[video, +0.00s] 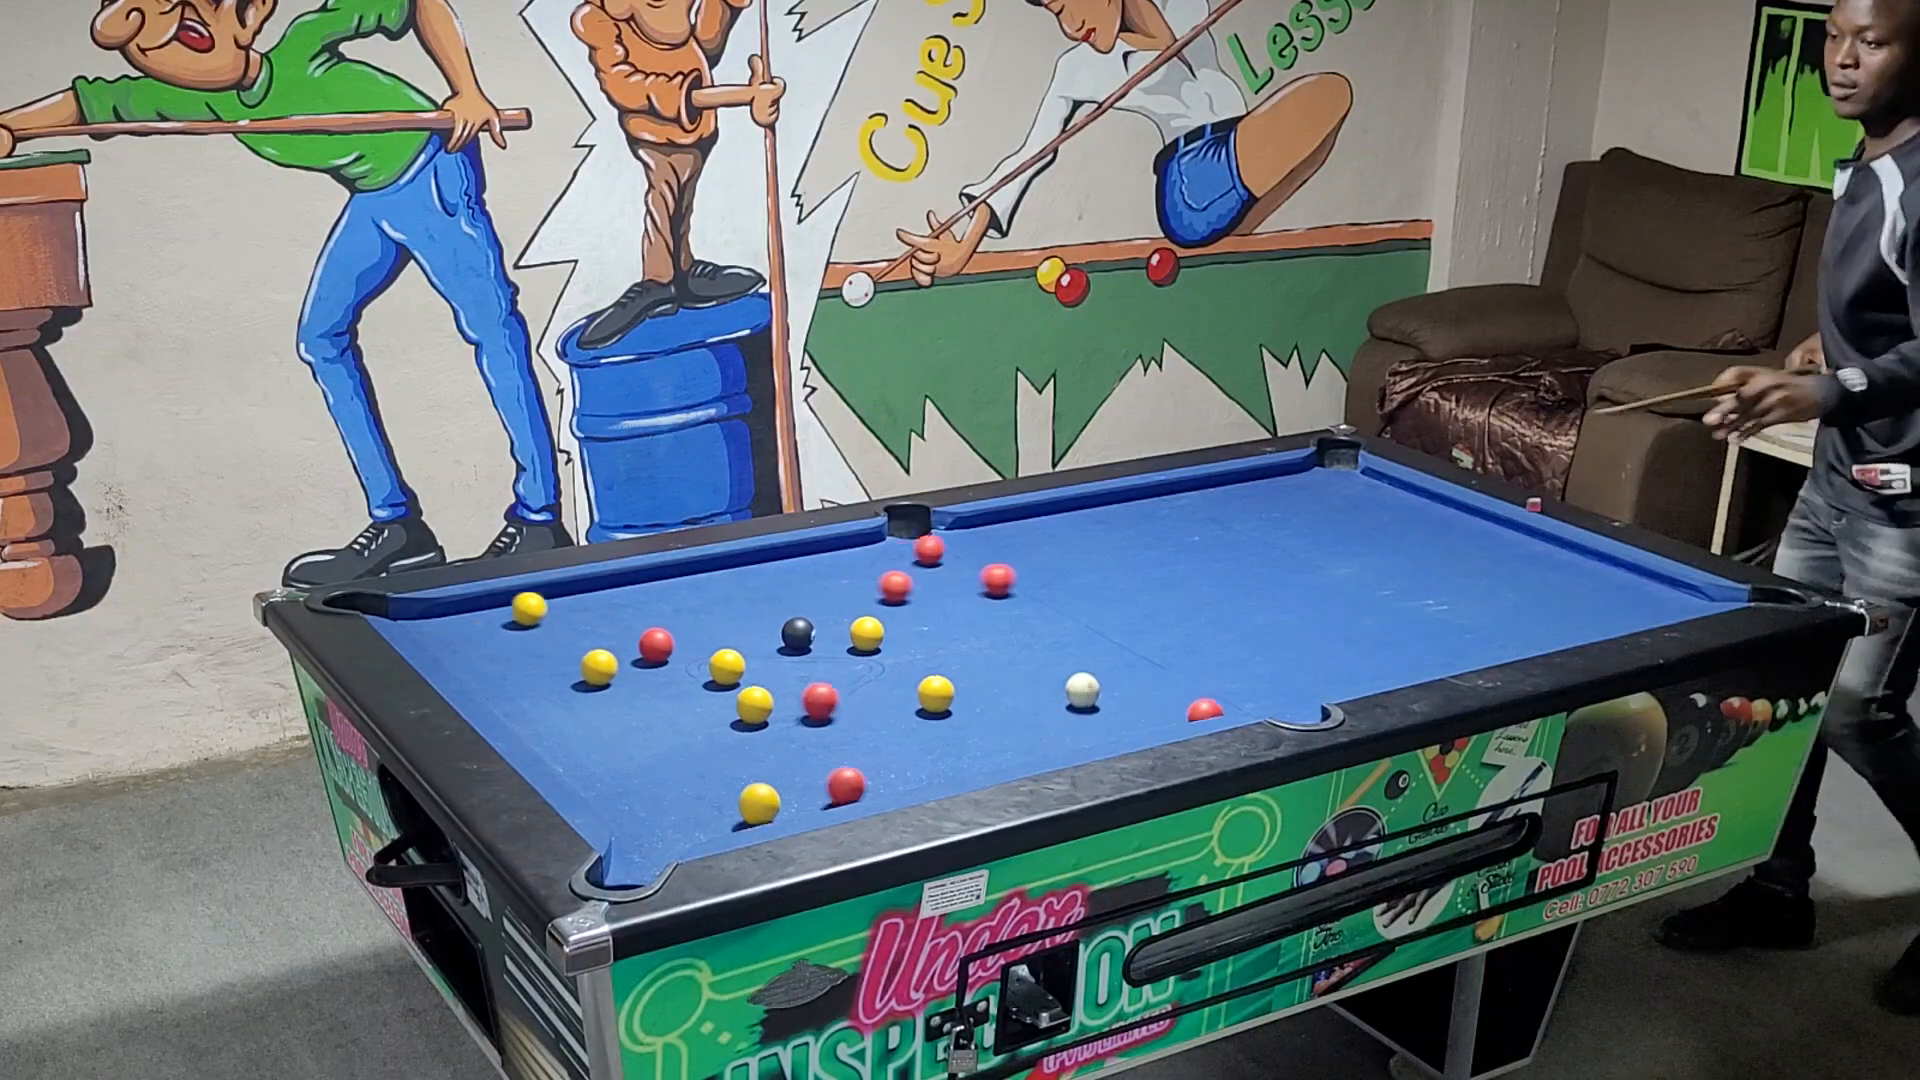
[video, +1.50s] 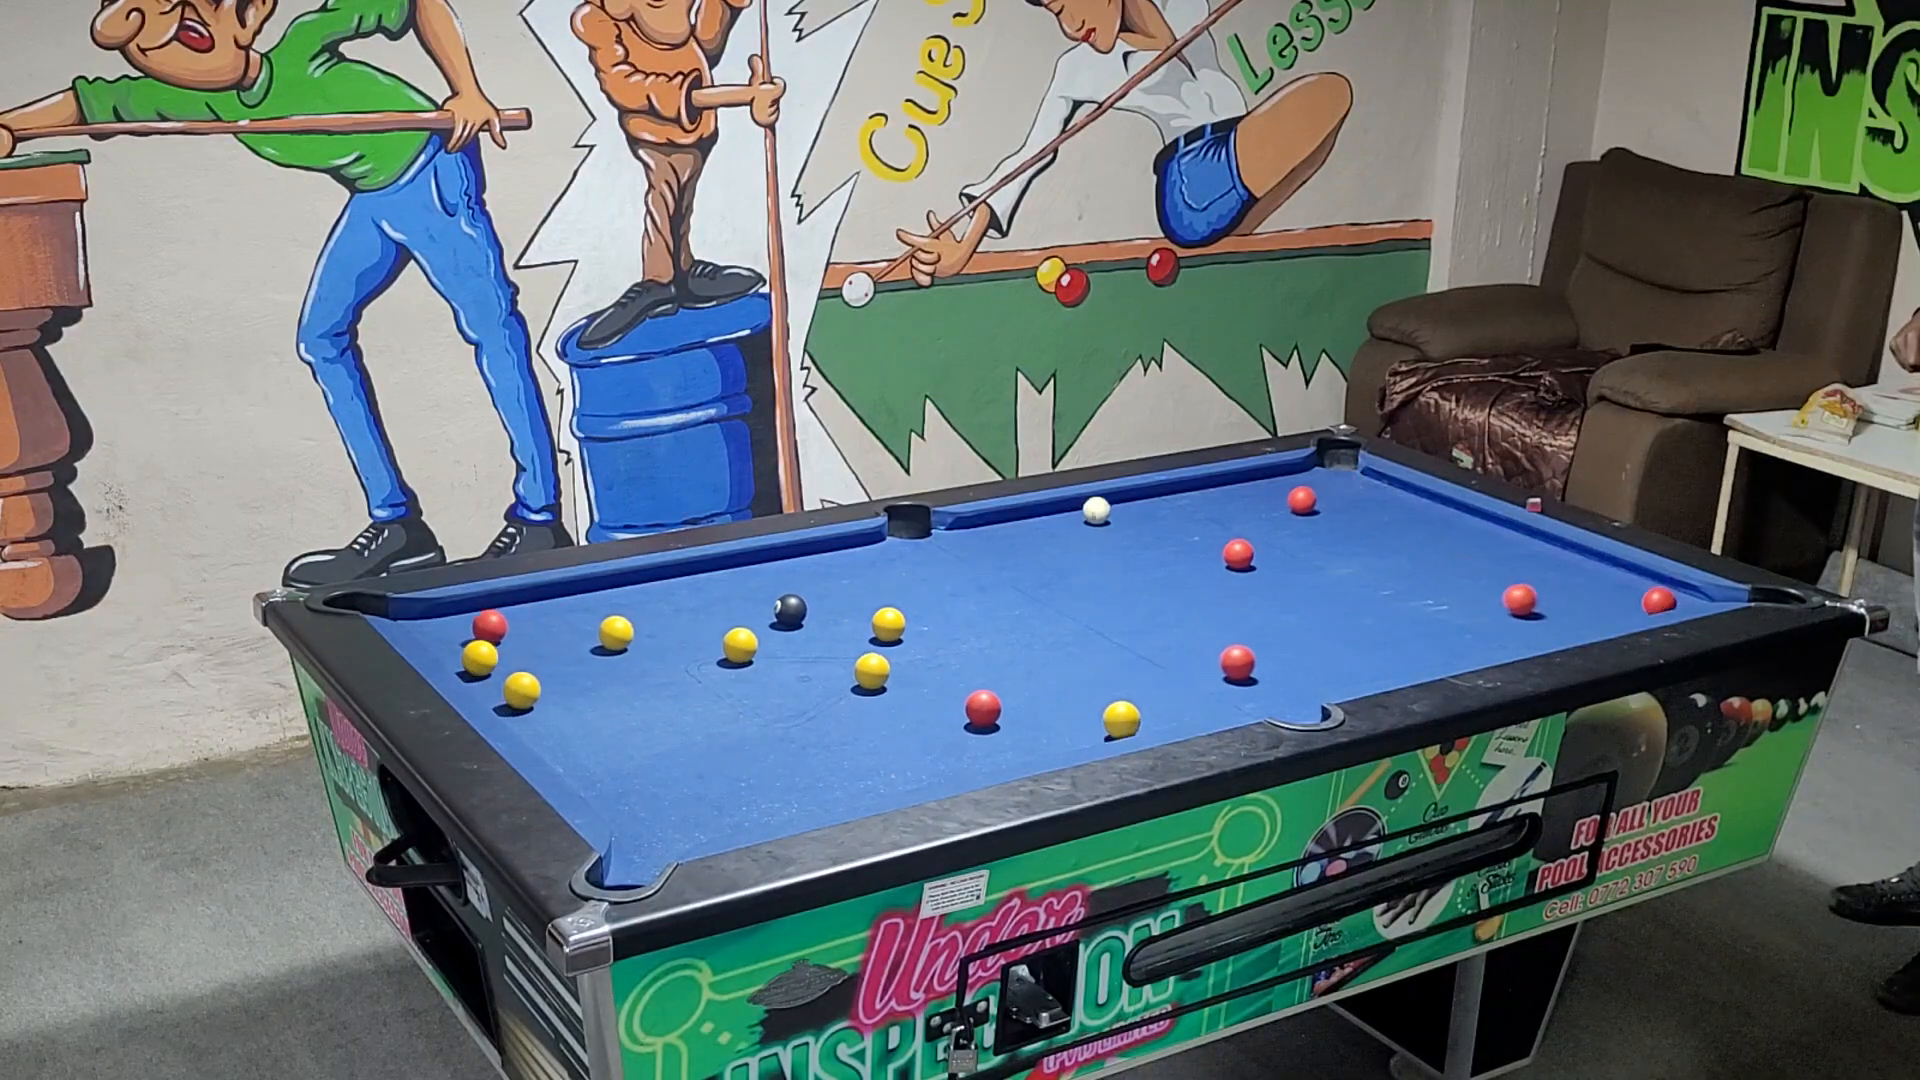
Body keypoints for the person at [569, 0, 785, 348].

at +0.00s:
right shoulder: (596, 19)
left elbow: (707, 47)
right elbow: (625, 88)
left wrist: (730, 6)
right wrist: (746, 95)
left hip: (694, 87)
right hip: (644, 103)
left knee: (688, 174)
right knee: (665, 174)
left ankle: (682, 268)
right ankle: (656, 281)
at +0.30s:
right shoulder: (596, 19)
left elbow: (707, 48)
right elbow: (626, 88)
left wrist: (730, 6)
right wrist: (747, 94)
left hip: (694, 87)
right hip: (644, 103)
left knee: (688, 174)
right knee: (666, 173)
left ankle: (682, 268)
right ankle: (656, 281)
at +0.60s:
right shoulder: (596, 19)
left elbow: (707, 48)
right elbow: (625, 88)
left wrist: (730, 6)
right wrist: (746, 94)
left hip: (695, 88)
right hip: (644, 103)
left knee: (688, 174)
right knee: (665, 173)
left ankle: (682, 269)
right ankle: (656, 282)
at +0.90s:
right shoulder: (596, 19)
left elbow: (707, 47)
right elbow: (626, 88)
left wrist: (729, 6)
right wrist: (747, 94)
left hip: (694, 87)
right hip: (644, 103)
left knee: (688, 174)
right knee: (666, 173)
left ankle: (682, 268)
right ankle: (656, 281)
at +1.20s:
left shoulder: (696, 6)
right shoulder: (596, 19)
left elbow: (707, 48)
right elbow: (625, 88)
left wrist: (729, 7)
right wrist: (747, 94)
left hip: (695, 89)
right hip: (644, 104)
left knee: (688, 174)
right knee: (666, 173)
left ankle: (682, 267)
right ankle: (657, 281)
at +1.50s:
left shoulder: (695, 6)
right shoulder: (596, 19)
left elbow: (707, 47)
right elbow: (625, 88)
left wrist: (730, 6)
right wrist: (746, 94)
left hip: (694, 88)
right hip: (644, 103)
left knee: (688, 174)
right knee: (665, 173)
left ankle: (682, 268)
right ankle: (657, 281)